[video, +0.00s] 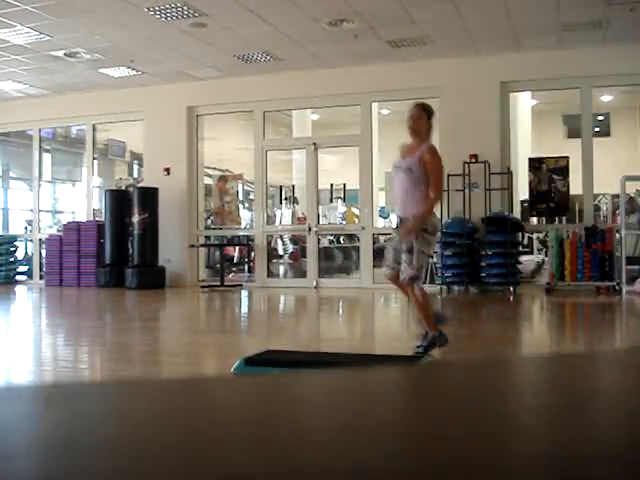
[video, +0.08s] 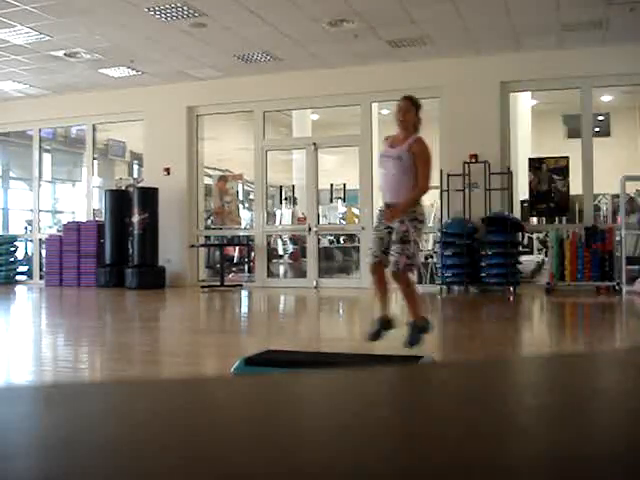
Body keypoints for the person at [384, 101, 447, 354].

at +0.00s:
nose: (411, 121)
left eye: (417, 118)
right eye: (410, 117)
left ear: (428, 122)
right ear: (408, 121)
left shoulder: (429, 153)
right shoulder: (405, 150)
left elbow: (435, 193)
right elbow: (406, 187)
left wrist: (417, 221)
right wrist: (401, 214)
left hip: (421, 220)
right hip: (404, 219)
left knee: (412, 280)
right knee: (393, 274)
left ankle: (432, 331)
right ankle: (432, 316)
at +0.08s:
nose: (401, 115)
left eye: (407, 111)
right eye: (399, 111)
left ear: (417, 115)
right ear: (395, 115)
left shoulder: (418, 146)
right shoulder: (389, 142)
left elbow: (424, 185)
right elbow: (391, 177)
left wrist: (400, 209)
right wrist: (388, 203)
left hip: (409, 212)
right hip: (388, 209)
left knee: (399, 270)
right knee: (376, 265)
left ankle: (418, 319)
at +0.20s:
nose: (385, 127)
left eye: (390, 123)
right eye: (382, 123)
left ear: (399, 127)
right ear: (377, 126)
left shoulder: (404, 160)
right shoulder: (368, 154)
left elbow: (408, 197)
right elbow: (366, 187)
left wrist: (393, 224)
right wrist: (364, 216)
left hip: (389, 221)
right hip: (366, 218)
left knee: (379, 280)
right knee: (359, 277)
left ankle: (380, 327)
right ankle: (348, 328)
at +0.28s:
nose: (378, 138)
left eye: (383, 134)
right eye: (375, 133)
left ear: (391, 137)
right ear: (370, 137)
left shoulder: (399, 171)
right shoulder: (359, 167)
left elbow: (403, 209)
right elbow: (354, 195)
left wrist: (395, 237)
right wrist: (350, 216)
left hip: (382, 234)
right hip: (357, 231)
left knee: (371, 289)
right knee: (349, 287)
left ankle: (372, 331)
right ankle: (346, 333)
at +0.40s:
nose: (375, 130)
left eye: (379, 126)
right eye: (371, 126)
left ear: (386, 130)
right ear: (365, 129)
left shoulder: (394, 163)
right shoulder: (352, 157)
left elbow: (400, 199)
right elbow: (338, 189)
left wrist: (403, 229)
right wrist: (332, 219)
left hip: (379, 226)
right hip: (352, 225)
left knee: (372, 281)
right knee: (348, 281)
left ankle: (370, 321)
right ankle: (345, 330)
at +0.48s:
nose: (374, 125)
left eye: (379, 121)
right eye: (371, 120)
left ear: (386, 125)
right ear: (365, 123)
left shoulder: (394, 157)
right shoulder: (351, 151)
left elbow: (400, 192)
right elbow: (336, 183)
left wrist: (403, 221)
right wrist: (332, 213)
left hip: (379, 219)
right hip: (352, 218)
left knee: (374, 276)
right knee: (350, 277)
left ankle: (369, 321)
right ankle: (345, 328)